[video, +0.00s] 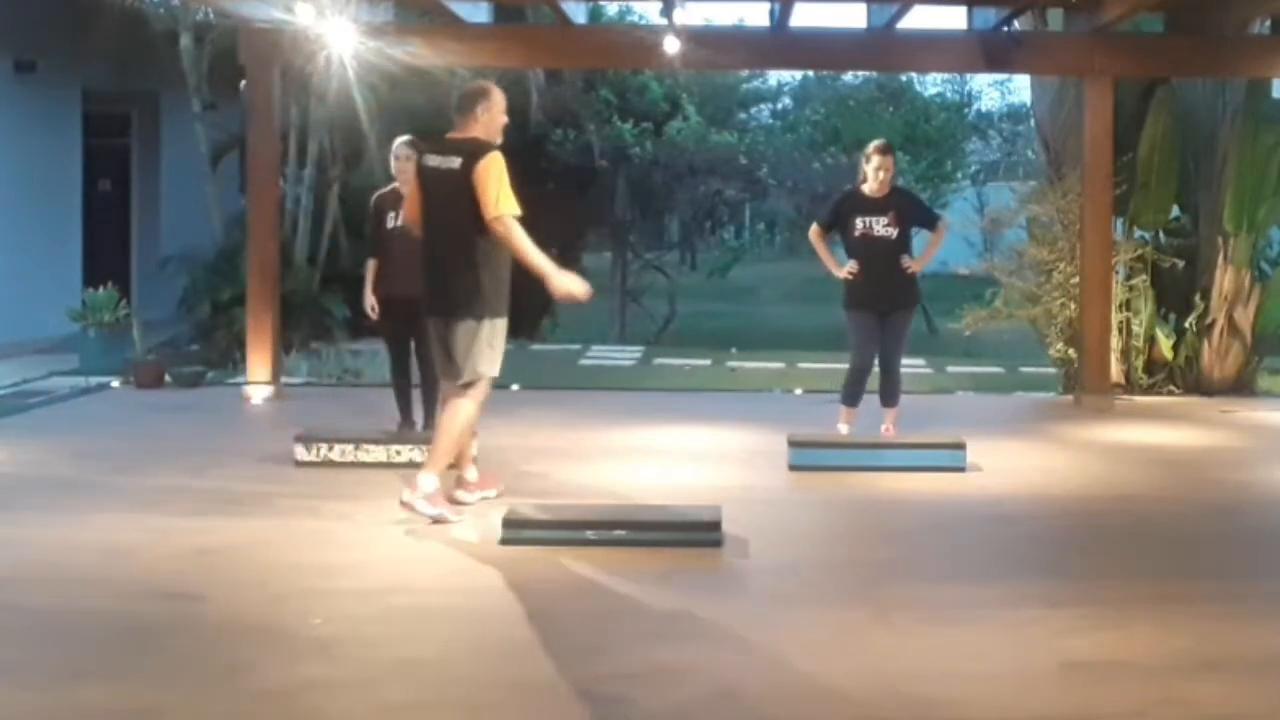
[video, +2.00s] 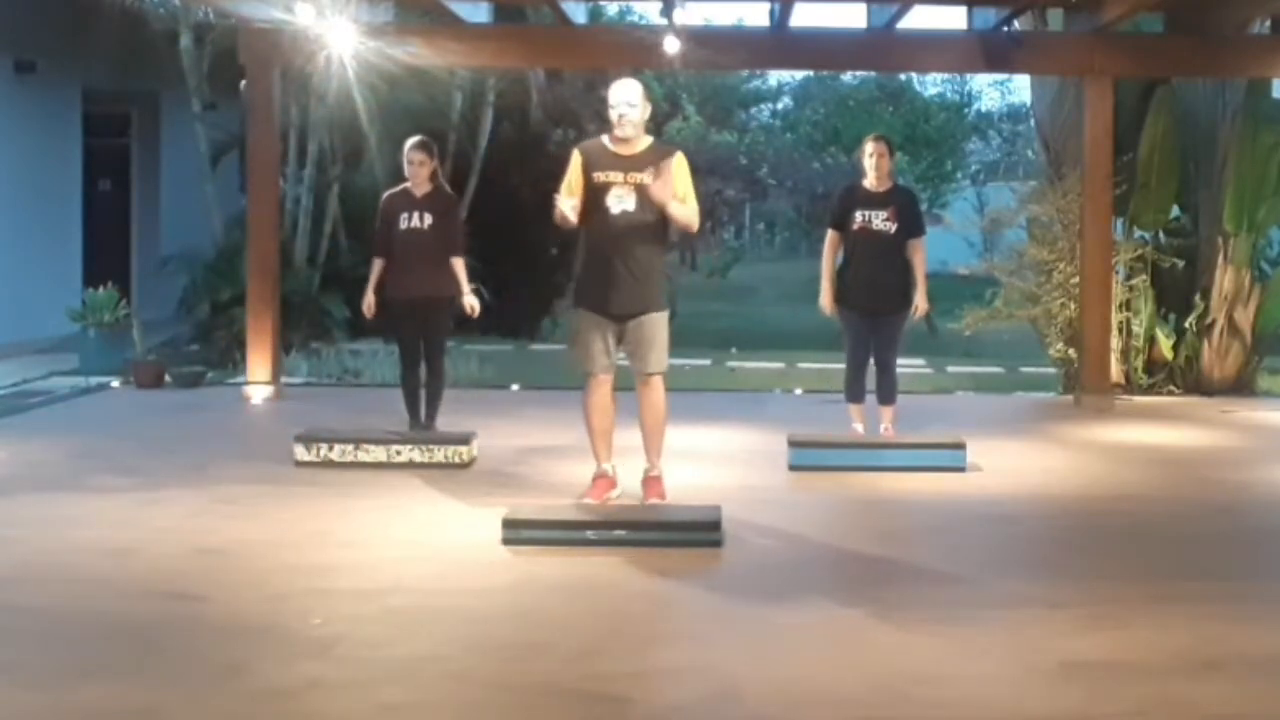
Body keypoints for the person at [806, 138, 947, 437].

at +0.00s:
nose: (884, 175)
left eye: (889, 169)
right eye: (879, 169)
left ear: (895, 170)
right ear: (866, 168)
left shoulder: (904, 200)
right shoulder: (848, 200)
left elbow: (940, 228)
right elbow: (815, 233)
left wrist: (922, 262)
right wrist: (836, 268)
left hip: (899, 289)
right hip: (862, 289)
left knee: (890, 360)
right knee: (863, 357)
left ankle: (889, 426)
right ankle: (845, 424)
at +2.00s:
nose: (875, 160)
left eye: (881, 155)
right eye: (870, 155)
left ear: (891, 160)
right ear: (863, 160)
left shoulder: (905, 199)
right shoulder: (849, 195)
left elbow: (916, 247)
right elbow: (832, 242)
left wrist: (921, 290)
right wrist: (826, 287)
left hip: (893, 291)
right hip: (854, 289)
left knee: (886, 359)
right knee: (856, 357)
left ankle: (887, 424)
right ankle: (858, 424)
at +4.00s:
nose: (881, 172)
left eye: (886, 166)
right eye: (875, 165)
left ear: (894, 166)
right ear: (863, 164)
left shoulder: (903, 199)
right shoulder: (846, 197)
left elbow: (912, 247)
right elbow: (829, 244)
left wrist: (916, 290)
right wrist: (827, 290)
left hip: (892, 289)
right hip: (852, 288)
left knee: (891, 356)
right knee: (856, 357)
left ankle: (892, 418)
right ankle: (856, 423)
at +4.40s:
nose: (879, 166)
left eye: (884, 160)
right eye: (874, 161)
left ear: (896, 163)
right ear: (867, 165)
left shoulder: (910, 201)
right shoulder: (854, 197)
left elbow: (924, 248)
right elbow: (838, 242)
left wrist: (931, 293)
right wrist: (831, 286)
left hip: (896, 293)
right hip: (857, 291)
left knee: (889, 360)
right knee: (863, 353)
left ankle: (890, 424)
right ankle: (854, 413)